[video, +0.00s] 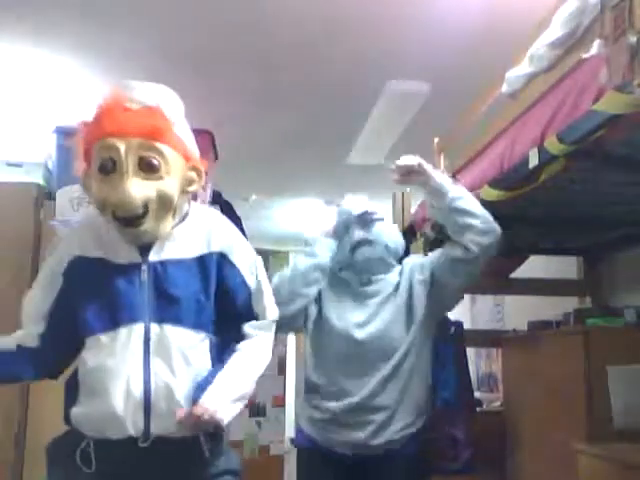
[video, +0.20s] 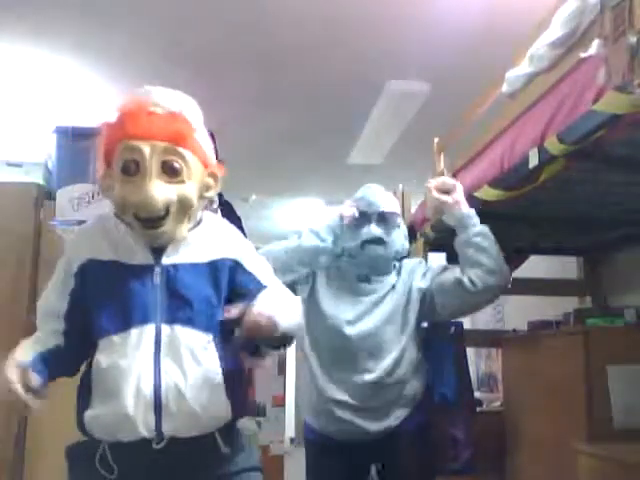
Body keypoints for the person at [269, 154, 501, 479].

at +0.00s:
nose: (361, 227)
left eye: (374, 219)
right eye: (350, 223)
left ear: (397, 235)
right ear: (338, 240)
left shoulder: (420, 279)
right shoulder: (319, 285)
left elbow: (482, 238)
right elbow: (276, 311)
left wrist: (432, 181)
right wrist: (327, 245)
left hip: (397, 453)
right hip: (323, 454)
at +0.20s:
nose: (373, 230)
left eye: (386, 220)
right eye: (361, 219)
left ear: (403, 230)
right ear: (343, 226)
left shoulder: (415, 280)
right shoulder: (315, 277)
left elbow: (488, 278)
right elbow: (256, 268)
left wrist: (460, 215)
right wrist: (330, 232)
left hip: (403, 433)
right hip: (331, 437)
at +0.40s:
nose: (362, 231)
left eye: (376, 222)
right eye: (351, 219)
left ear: (394, 231)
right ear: (332, 225)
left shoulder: (402, 276)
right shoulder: (311, 272)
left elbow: (471, 270)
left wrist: (469, 195)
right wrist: (320, 228)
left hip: (401, 433)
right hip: (328, 437)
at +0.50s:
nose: (355, 228)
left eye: (366, 218)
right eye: (345, 217)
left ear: (380, 224)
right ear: (322, 222)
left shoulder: (390, 269)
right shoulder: (296, 279)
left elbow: (435, 249)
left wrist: (464, 176)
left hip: (394, 433)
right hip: (319, 437)